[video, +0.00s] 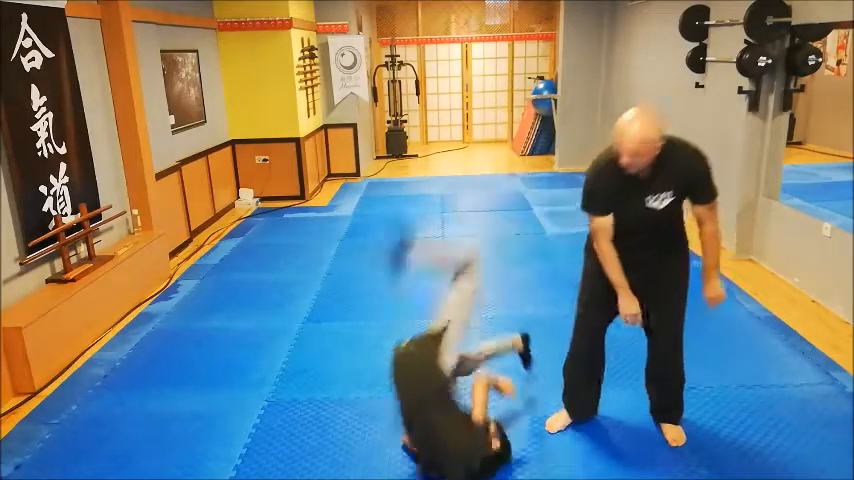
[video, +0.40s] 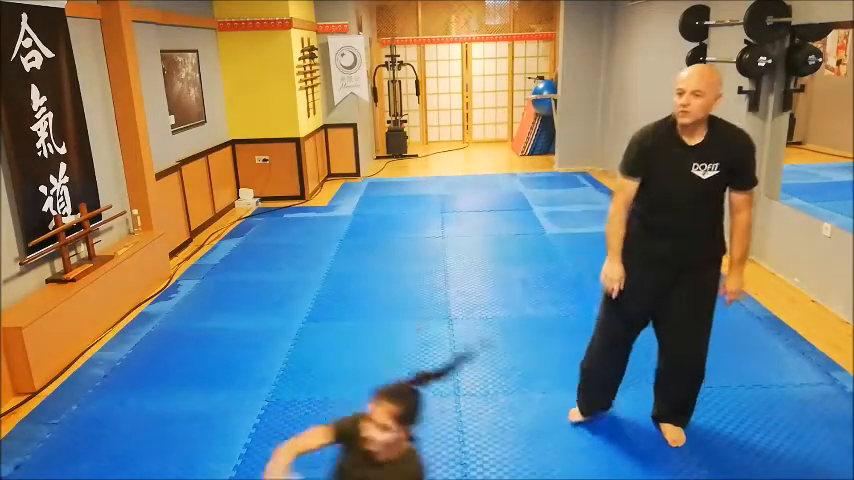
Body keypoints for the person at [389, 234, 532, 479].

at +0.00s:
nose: (491, 422)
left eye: (494, 429)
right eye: (497, 427)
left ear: (491, 445)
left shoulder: (471, 448)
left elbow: (481, 379)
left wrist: (497, 381)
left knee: (468, 263)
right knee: (453, 365)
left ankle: (410, 252)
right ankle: (514, 342)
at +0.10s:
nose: (469, 431)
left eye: (476, 434)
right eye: (474, 429)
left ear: (487, 453)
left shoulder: (464, 470)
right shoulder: (458, 453)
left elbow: (452, 418)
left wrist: (475, 400)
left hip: (384, 437)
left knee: (438, 330)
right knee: (445, 372)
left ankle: (364, 374)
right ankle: (481, 319)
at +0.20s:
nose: (448, 435)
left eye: (460, 434)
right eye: (452, 428)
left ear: (475, 454)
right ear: (446, 430)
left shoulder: (451, 477)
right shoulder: (432, 450)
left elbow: (412, 474)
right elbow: (397, 440)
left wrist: (414, 420)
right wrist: (408, 414)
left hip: (366, 476)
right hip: (353, 469)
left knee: (391, 385)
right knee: (401, 387)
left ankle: (307, 465)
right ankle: (403, 324)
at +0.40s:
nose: (370, 432)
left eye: (382, 428)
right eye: (369, 421)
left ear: (404, 434)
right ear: (367, 412)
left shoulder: (409, 469)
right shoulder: (356, 426)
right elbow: (290, 448)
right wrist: (275, 472)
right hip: (344, 470)